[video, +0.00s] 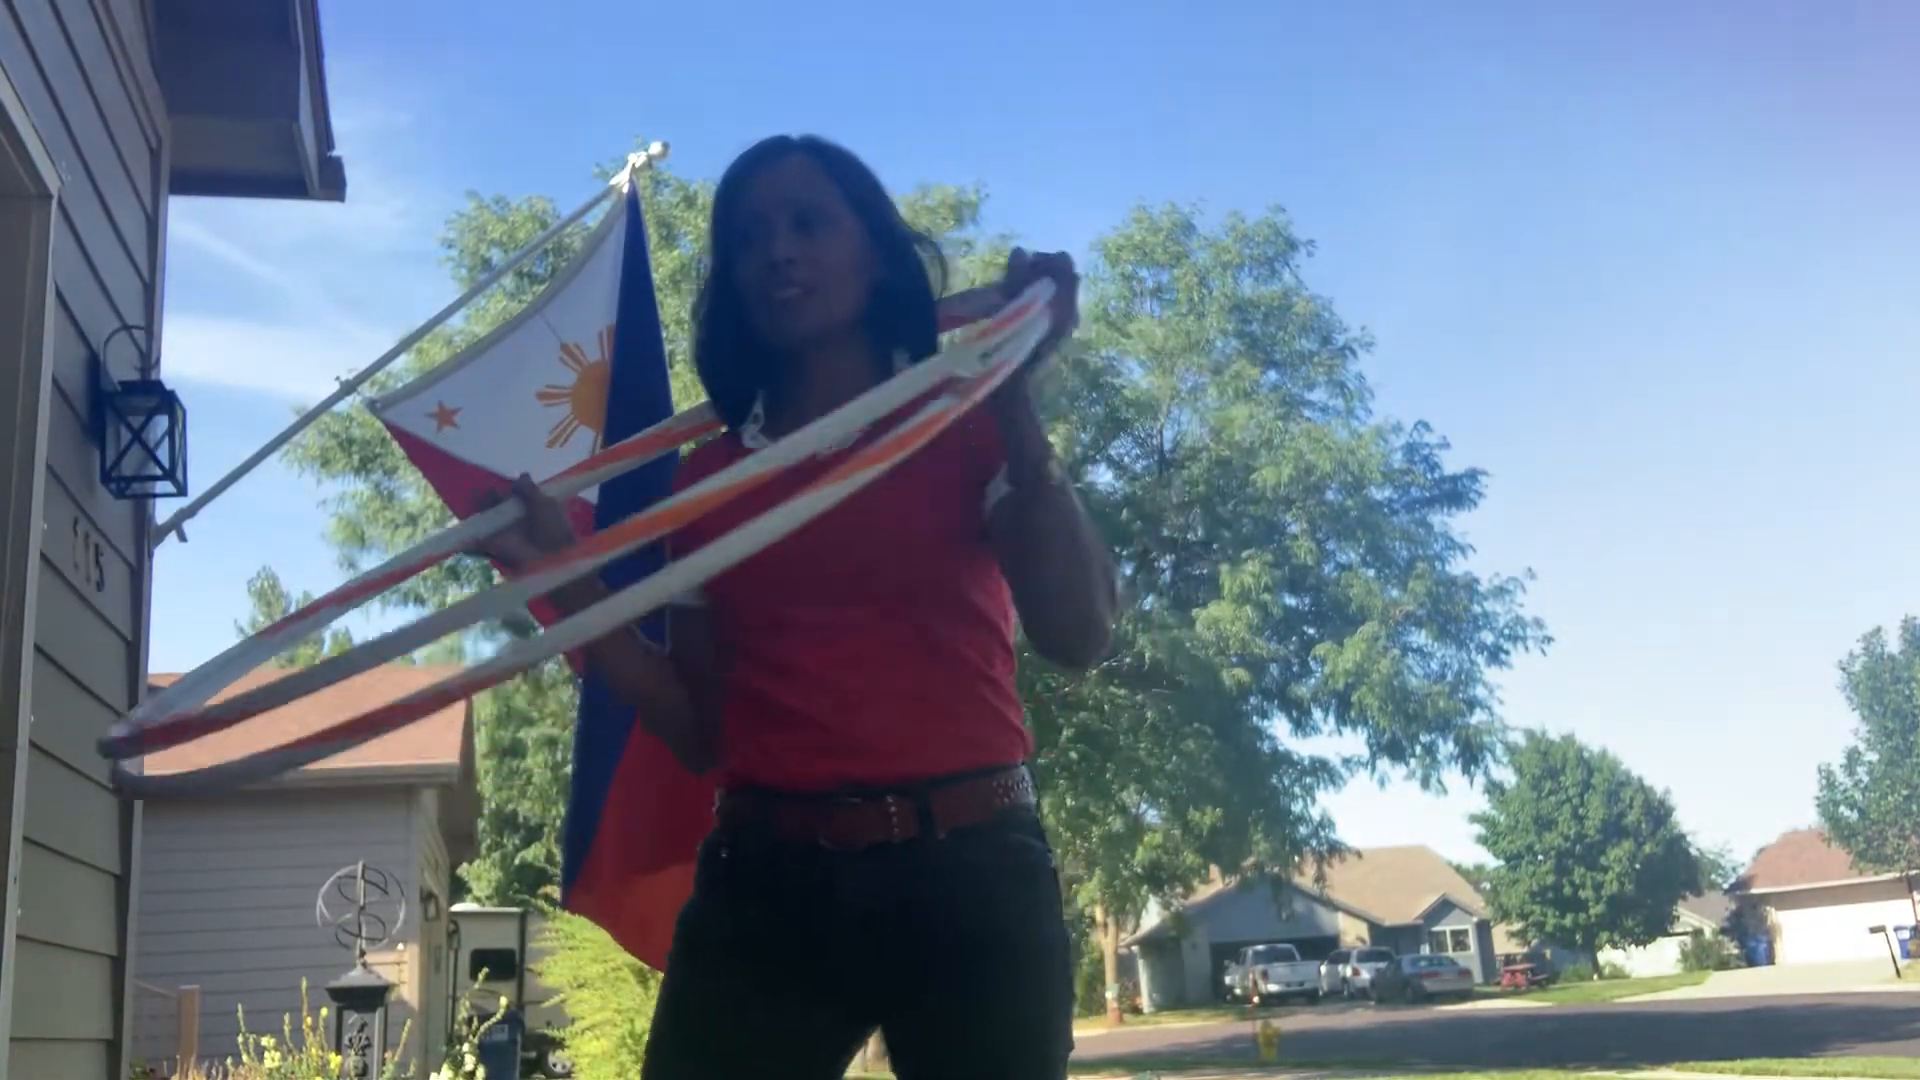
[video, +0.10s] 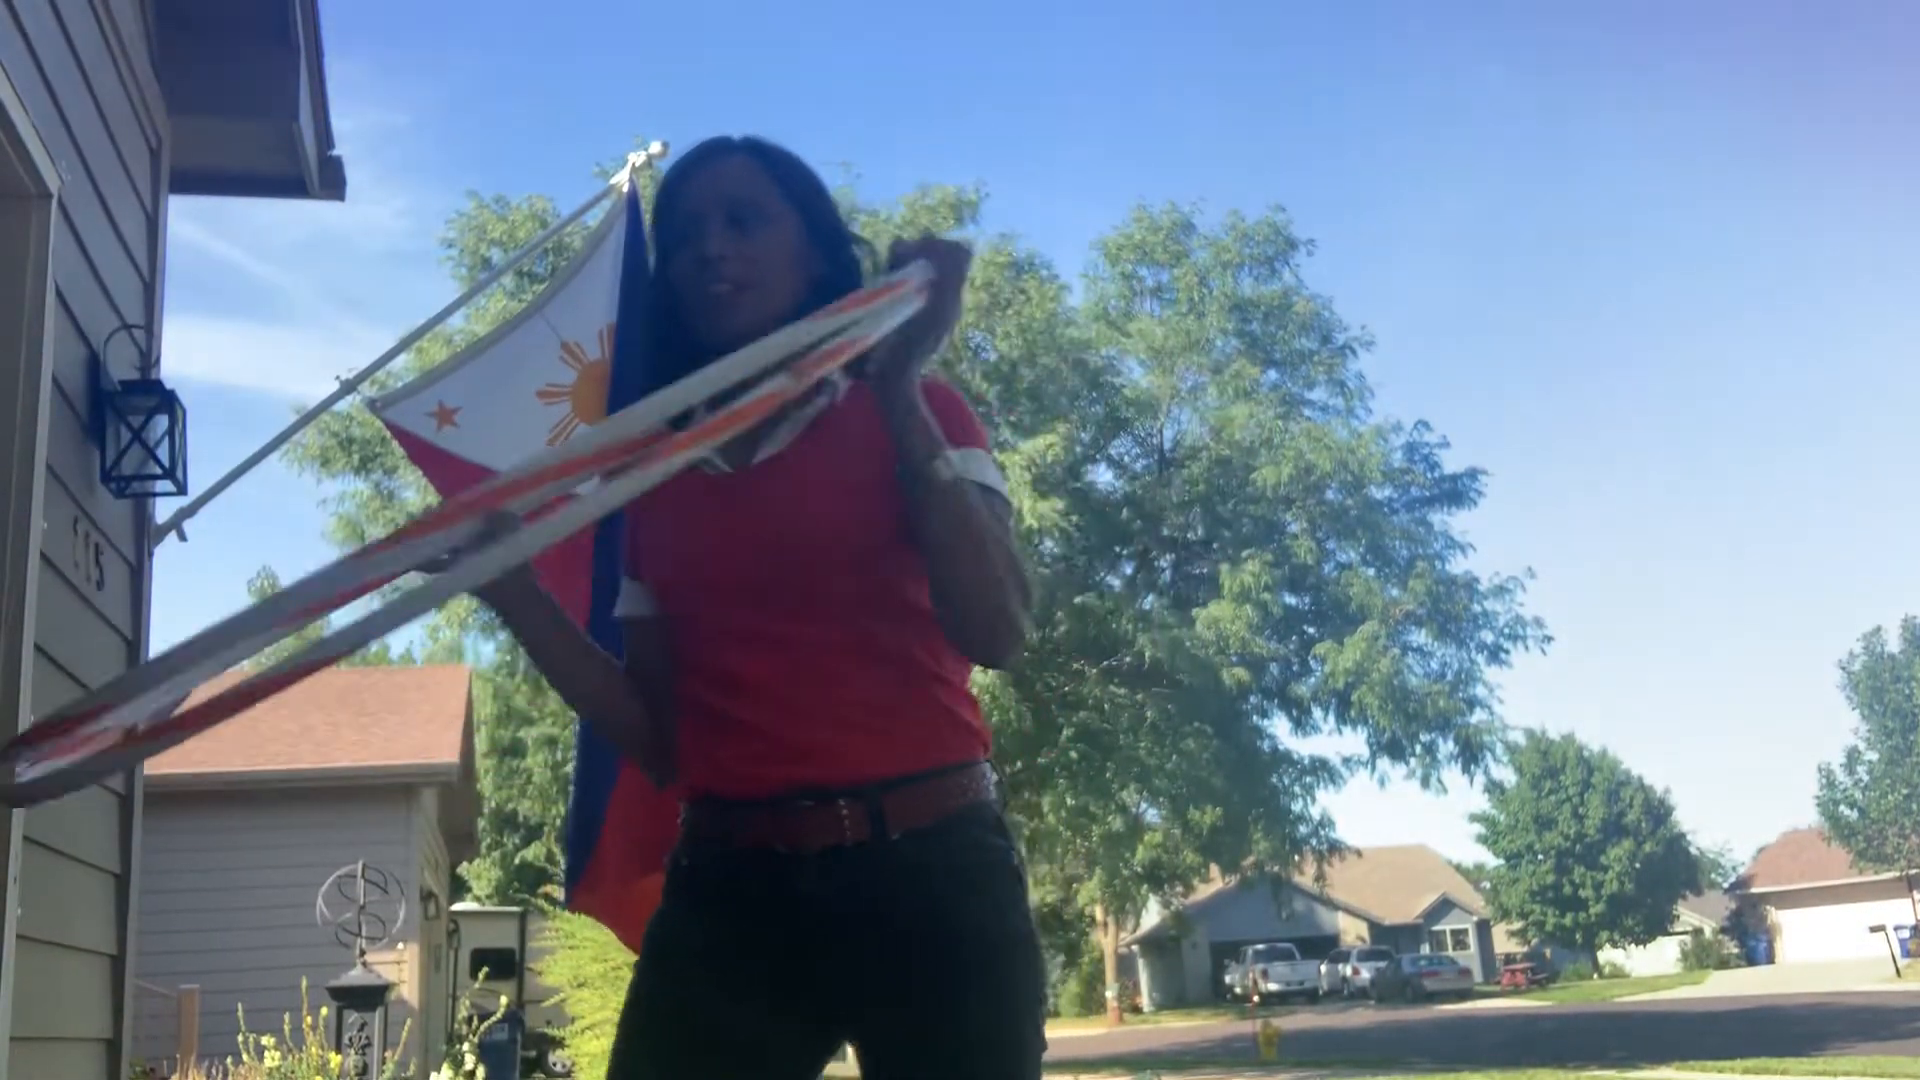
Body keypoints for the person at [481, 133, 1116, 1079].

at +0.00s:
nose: (778, 250)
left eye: (810, 220)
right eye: (750, 232)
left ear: (877, 249)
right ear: (726, 279)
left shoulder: (965, 408)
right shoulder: (711, 474)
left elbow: (1078, 632)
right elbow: (700, 731)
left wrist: (1018, 396)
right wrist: (565, 583)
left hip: (972, 860)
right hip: (771, 869)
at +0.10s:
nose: (711, 250)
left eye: (745, 219)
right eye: (685, 235)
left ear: (817, 251)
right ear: (662, 281)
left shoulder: (914, 406)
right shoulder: (657, 465)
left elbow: (995, 632)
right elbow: (659, 740)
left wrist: (902, 393)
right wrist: (511, 589)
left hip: (933, 861)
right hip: (734, 877)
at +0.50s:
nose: (704, 257)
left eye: (738, 228)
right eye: (681, 253)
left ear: (815, 257)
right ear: (667, 312)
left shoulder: (908, 424)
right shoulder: (645, 482)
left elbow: (928, 652)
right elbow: (606, 745)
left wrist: (842, 475)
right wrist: (517, 553)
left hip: (901, 869)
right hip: (699, 881)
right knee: (602, 1067)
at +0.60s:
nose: (722, 252)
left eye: (751, 224)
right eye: (696, 246)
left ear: (828, 267)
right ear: (683, 299)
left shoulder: (920, 435)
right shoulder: (649, 465)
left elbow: (949, 662)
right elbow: (596, 706)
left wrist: (835, 631)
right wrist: (678, 495)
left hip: (905, 873)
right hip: (699, 879)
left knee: (970, 1065)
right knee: (599, 1068)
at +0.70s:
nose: (712, 242)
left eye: (741, 219)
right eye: (683, 240)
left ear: (813, 268)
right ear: (667, 303)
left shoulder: (907, 442)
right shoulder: (621, 466)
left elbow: (922, 675)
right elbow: (594, 682)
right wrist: (768, 499)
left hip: (880, 875)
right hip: (669, 889)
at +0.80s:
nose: (695, 238)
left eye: (724, 217)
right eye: (664, 236)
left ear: (791, 269)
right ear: (646, 296)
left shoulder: (880, 441)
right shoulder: (597, 471)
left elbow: (907, 685)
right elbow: (556, 707)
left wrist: (811, 832)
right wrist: (737, 536)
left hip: (857, 872)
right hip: (644, 873)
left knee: (919, 1062)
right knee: (566, 1062)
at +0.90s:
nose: (697, 247)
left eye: (728, 225)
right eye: (668, 242)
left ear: (795, 275)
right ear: (644, 294)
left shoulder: (881, 442)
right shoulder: (604, 482)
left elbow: (918, 687)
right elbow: (542, 737)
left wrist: (836, 868)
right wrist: (661, 643)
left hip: (859, 872)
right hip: (649, 877)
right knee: (577, 1064)